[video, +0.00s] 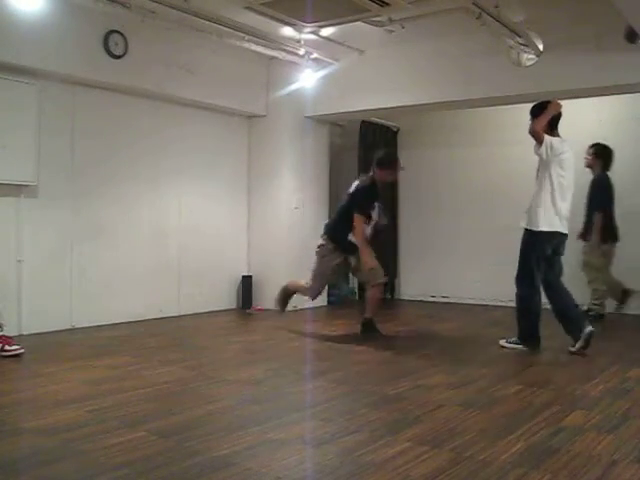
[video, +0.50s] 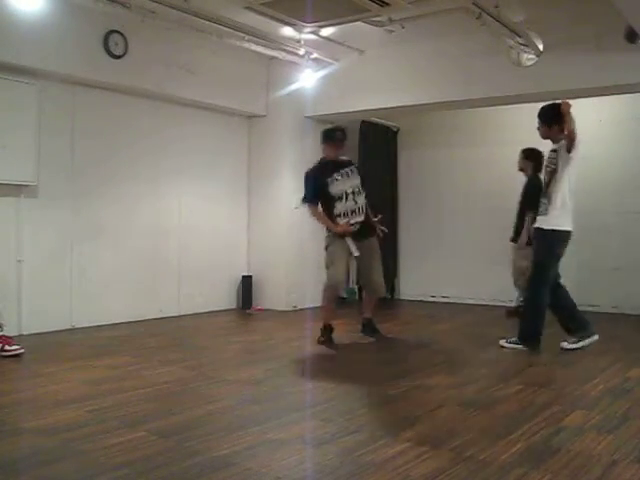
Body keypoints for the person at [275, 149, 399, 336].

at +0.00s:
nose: (394, 177)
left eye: (395, 172)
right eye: (390, 173)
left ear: (381, 170)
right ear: (379, 170)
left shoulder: (374, 187)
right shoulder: (364, 189)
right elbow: (358, 231)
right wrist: (368, 258)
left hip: (353, 244)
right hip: (333, 243)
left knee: (376, 279)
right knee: (313, 291)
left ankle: (368, 323)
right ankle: (290, 288)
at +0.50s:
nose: (339, 148)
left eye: (342, 144)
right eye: (335, 144)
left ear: (344, 145)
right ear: (326, 145)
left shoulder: (350, 165)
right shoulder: (315, 174)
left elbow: (358, 196)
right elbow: (313, 208)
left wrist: (371, 218)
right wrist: (334, 227)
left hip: (365, 230)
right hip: (339, 234)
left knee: (373, 282)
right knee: (335, 280)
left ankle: (367, 322)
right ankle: (326, 329)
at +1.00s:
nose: (362, 146)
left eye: (362, 141)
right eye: (359, 141)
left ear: (360, 141)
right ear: (347, 139)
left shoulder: (360, 161)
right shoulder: (328, 157)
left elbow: (367, 179)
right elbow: (315, 168)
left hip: (349, 222)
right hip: (325, 221)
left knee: (369, 271)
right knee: (332, 269)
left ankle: (361, 321)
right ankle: (326, 326)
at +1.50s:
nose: (349, 135)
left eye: (349, 131)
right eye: (345, 131)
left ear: (347, 132)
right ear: (334, 131)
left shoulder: (352, 154)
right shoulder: (317, 147)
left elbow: (359, 180)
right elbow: (292, 166)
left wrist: (361, 175)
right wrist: (319, 169)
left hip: (347, 225)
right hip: (323, 224)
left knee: (353, 276)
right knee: (325, 277)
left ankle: (354, 324)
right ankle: (306, 327)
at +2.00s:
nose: (310, 150)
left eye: (314, 145)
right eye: (306, 145)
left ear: (320, 140)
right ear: (299, 140)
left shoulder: (329, 167)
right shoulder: (284, 162)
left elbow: (349, 189)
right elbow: (264, 183)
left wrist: (363, 209)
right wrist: (262, 200)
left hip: (320, 238)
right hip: (289, 237)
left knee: (335, 287)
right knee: (276, 285)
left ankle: (335, 327)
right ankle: (293, 328)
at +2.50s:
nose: (290, 141)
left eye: (293, 136)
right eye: (286, 136)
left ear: (297, 137)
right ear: (277, 136)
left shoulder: (304, 167)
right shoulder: (260, 164)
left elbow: (306, 202)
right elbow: (251, 197)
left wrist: (288, 224)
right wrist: (246, 223)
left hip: (296, 234)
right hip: (267, 233)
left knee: (293, 283)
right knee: (265, 281)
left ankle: (302, 324)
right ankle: (259, 326)